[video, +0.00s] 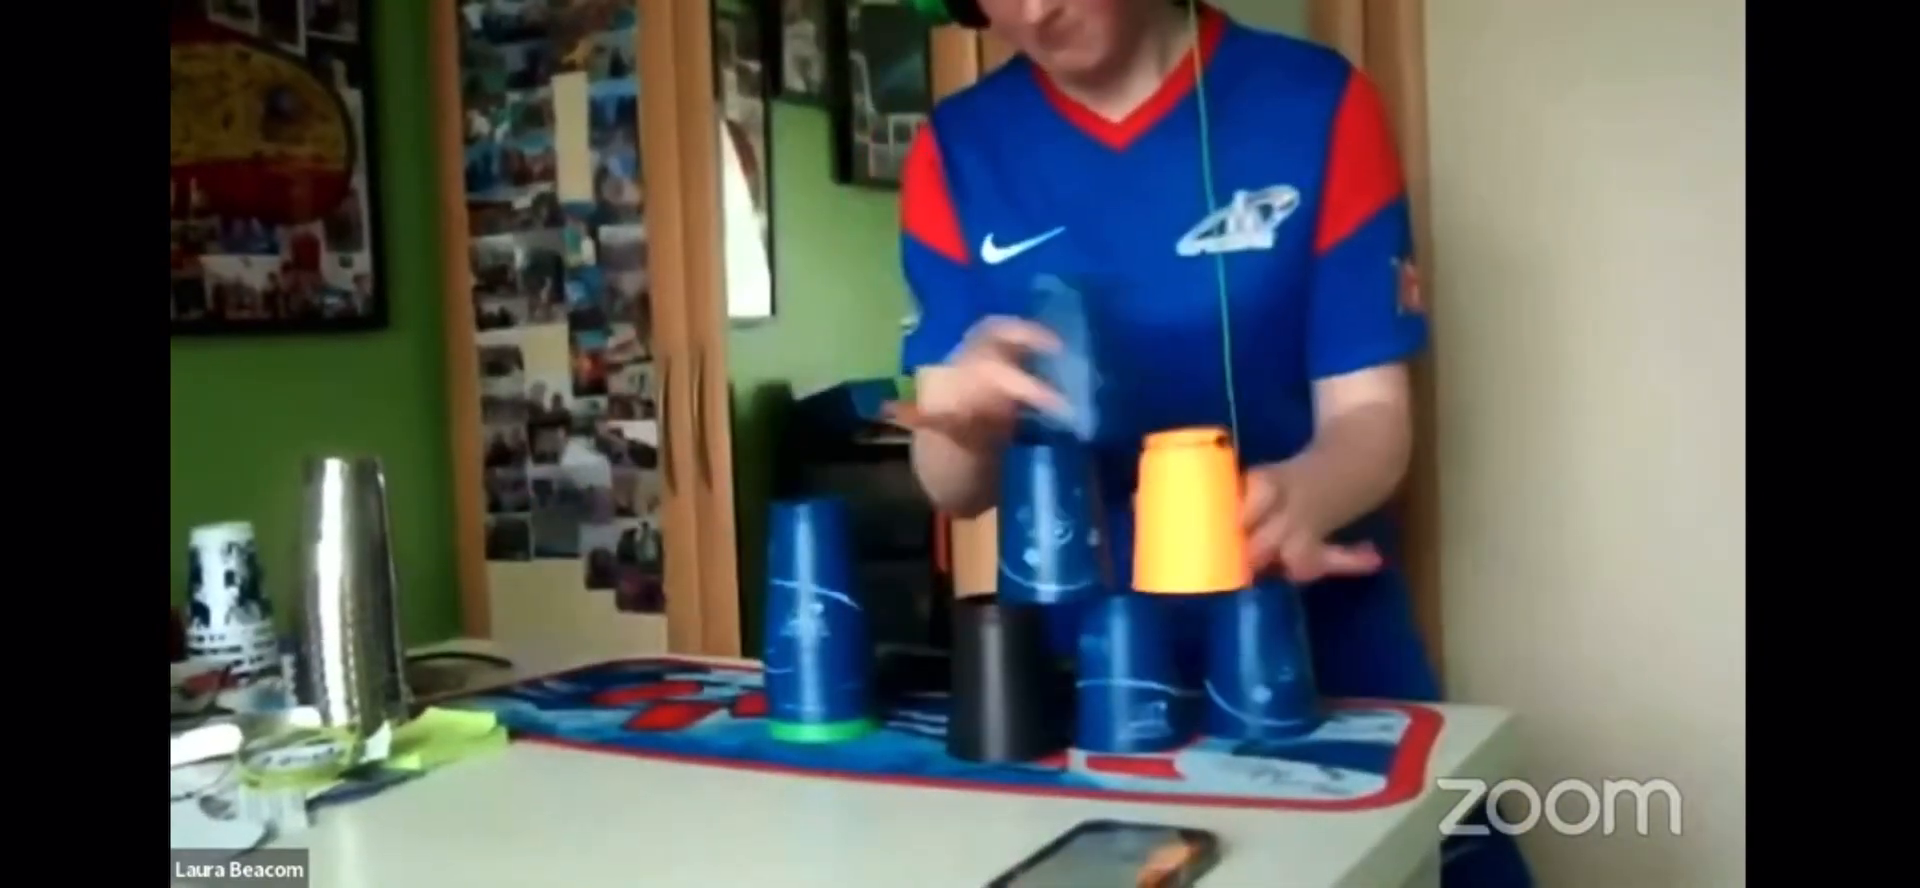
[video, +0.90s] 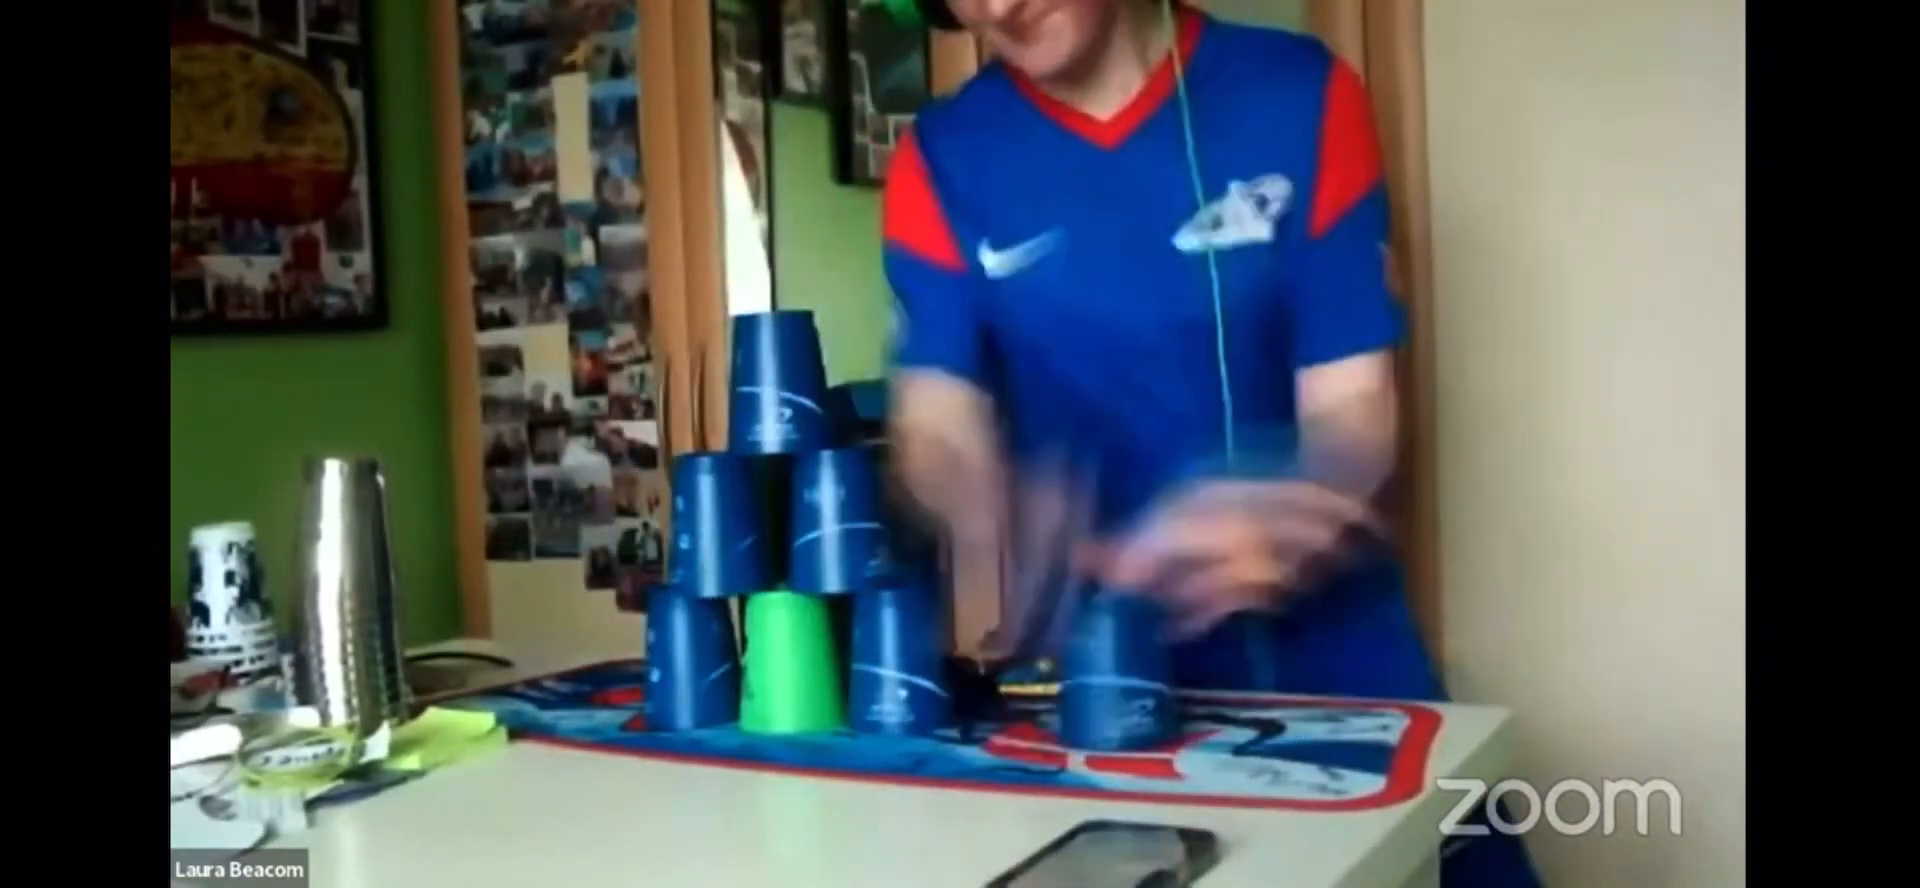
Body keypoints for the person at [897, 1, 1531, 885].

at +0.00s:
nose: (1036, 8)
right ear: (974, 9)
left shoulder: (1312, 103)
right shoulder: (958, 149)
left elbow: (1369, 413)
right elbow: (953, 489)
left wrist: (1302, 494)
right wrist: (959, 408)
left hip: (1313, 628)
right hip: (1081, 650)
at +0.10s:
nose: (1007, 10)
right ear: (960, 12)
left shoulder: (1308, 107)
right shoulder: (950, 154)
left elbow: (1368, 410)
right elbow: (968, 442)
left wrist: (1288, 484)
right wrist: (888, 461)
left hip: (1313, 643)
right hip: (1074, 657)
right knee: (1091, 874)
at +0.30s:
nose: (929, 18)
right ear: (890, 4)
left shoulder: (1245, 131)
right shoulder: (929, 159)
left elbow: (1231, 484)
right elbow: (936, 440)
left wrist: (959, 582)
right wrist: (792, 472)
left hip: (1283, 621)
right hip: (1071, 634)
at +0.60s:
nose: (916, 18)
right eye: (894, 0)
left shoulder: (1234, 110)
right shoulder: (928, 144)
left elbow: (1244, 453)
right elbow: (922, 426)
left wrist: (1017, 512)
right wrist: (786, 400)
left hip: (1273, 613)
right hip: (1060, 627)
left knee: (1344, 861)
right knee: (1087, 868)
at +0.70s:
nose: (935, 20)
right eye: (914, 6)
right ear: (906, 15)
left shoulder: (1253, 97)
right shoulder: (930, 138)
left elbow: (1267, 439)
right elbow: (936, 436)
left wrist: (1033, 403)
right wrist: (840, 414)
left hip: (1287, 612)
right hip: (1061, 627)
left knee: (1396, 867)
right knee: (1086, 876)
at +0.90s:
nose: (997, 4)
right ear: (945, 8)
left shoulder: (1295, 93)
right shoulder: (943, 158)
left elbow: (1349, 406)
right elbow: (935, 432)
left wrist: (1283, 527)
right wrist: (999, 523)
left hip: (1319, 653)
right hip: (1089, 670)